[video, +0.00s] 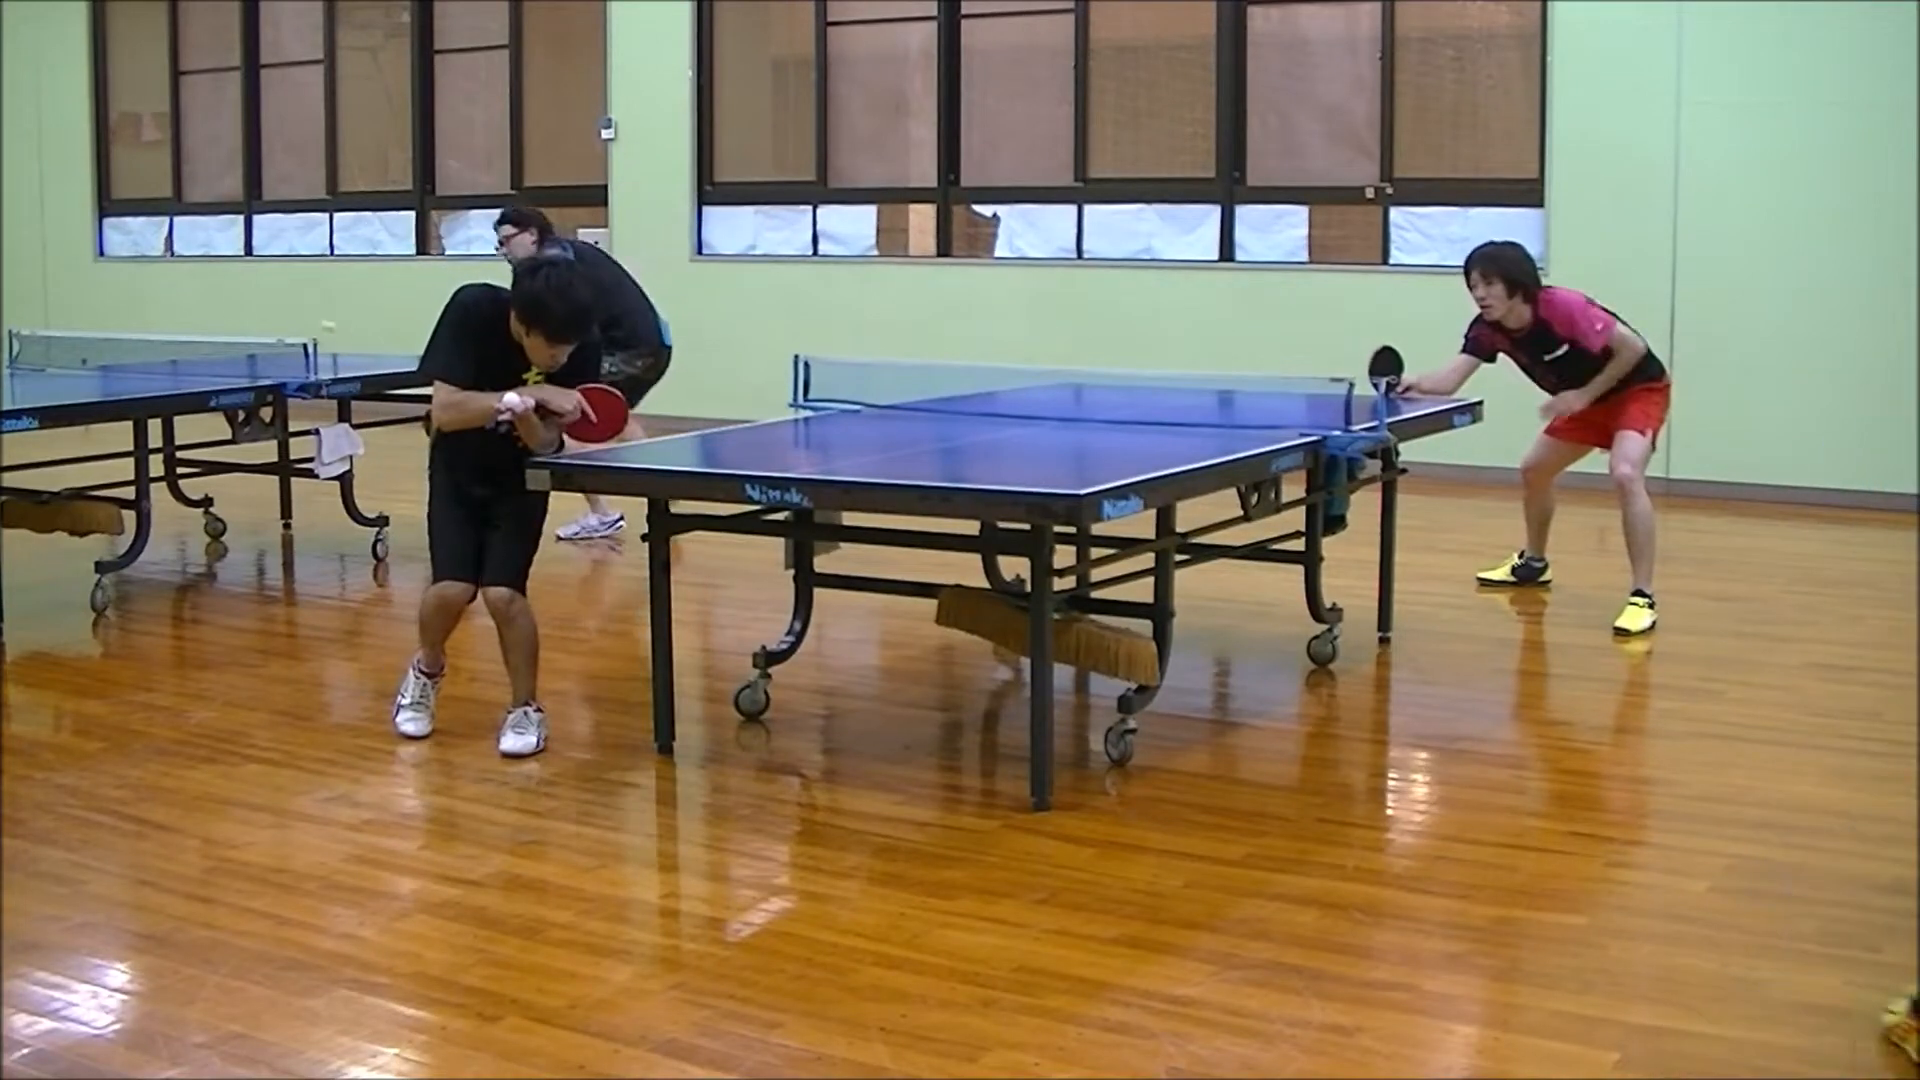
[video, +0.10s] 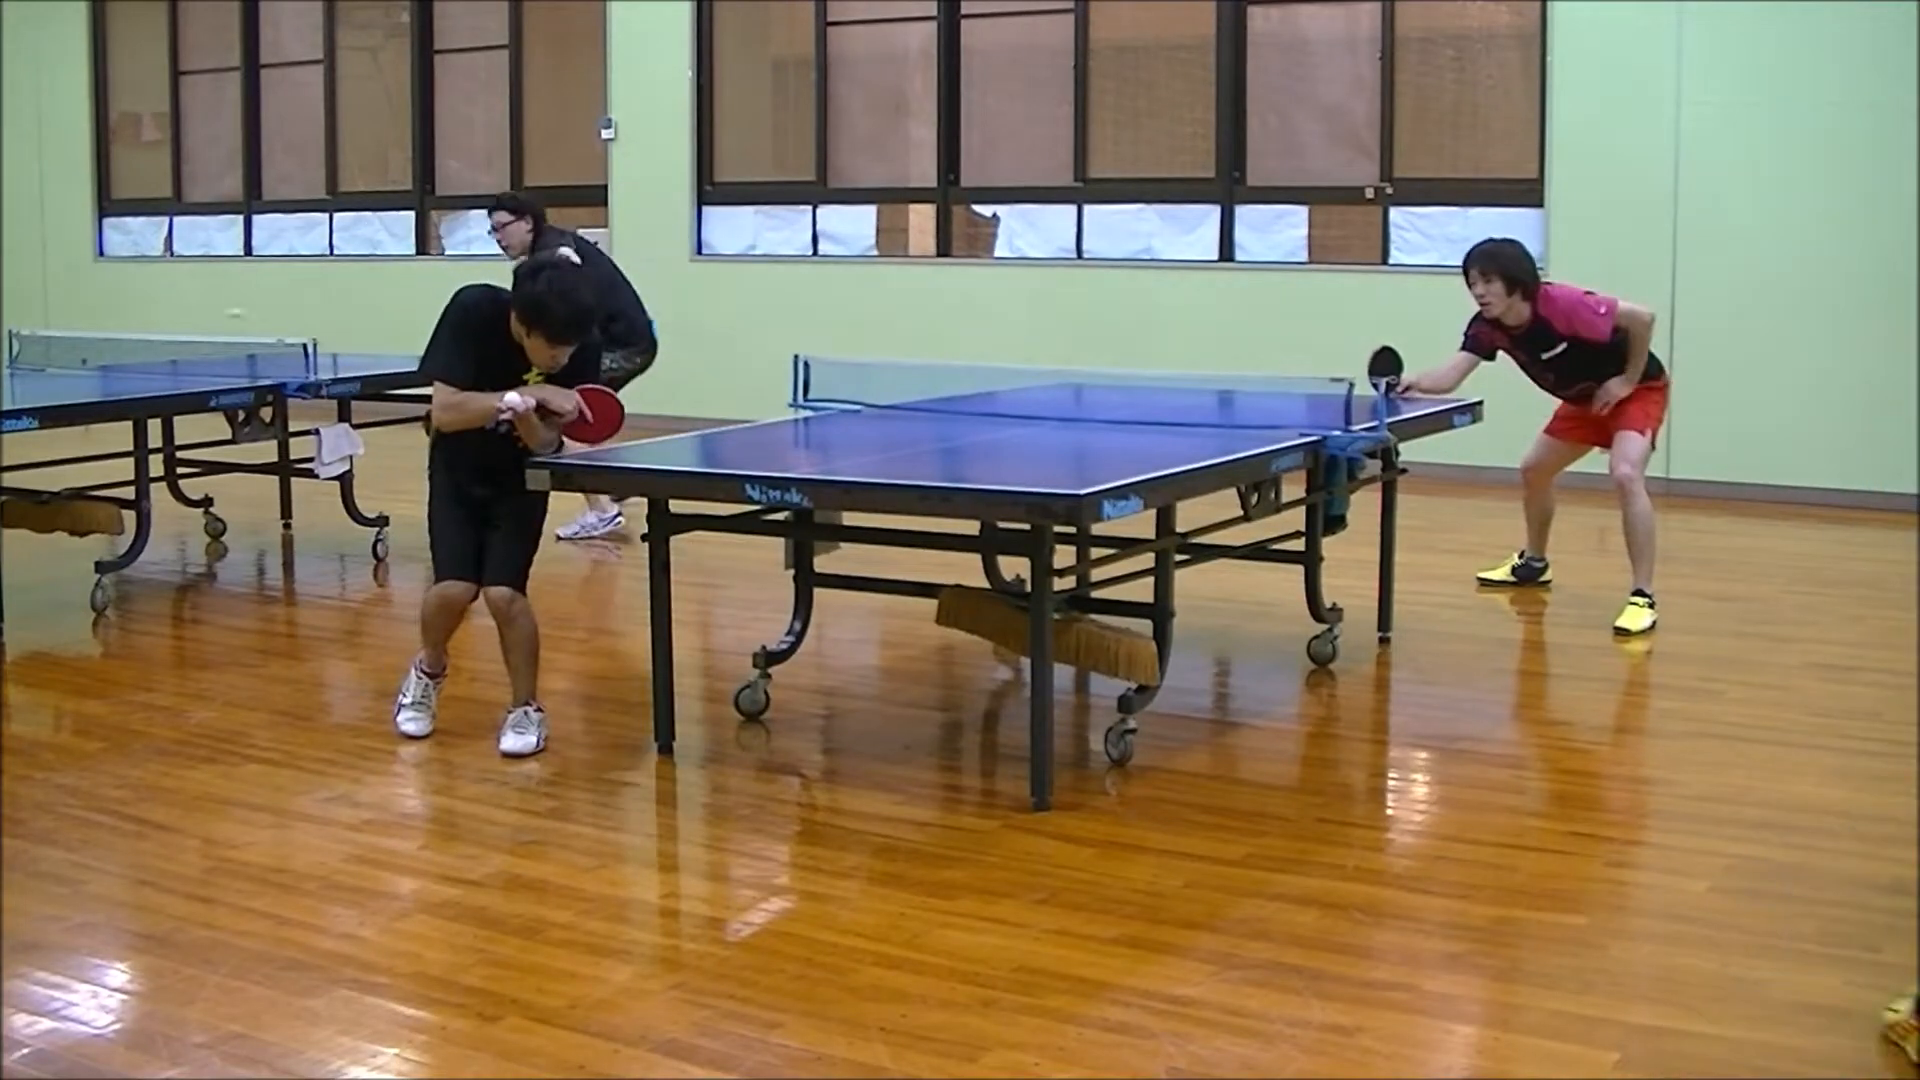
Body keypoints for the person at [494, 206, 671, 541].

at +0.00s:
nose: (502, 250)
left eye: (507, 240)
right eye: (500, 243)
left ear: (532, 235)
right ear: (535, 237)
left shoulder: (548, 266)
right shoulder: (563, 250)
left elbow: (583, 337)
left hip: (637, 349)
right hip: (644, 345)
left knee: (576, 420)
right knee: (609, 413)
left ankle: (601, 513)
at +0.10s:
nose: (496, 236)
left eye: (502, 227)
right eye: (494, 229)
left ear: (527, 223)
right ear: (525, 226)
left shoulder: (554, 256)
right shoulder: (547, 246)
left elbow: (563, 317)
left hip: (628, 345)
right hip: (608, 339)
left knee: (564, 414)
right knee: (563, 409)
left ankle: (601, 509)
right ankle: (610, 496)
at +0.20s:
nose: (495, 225)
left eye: (501, 215)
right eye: (492, 217)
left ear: (527, 211)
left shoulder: (554, 236)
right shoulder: (536, 244)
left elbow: (587, 274)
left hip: (618, 339)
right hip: (592, 336)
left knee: (568, 409)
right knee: (555, 408)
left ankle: (596, 507)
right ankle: (592, 505)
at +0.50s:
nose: (495, 222)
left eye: (502, 214)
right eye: (492, 215)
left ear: (528, 213)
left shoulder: (564, 234)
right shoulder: (514, 254)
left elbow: (613, 284)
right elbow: (517, 305)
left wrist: (574, 321)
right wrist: (530, 334)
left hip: (610, 320)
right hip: (563, 327)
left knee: (608, 396)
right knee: (551, 402)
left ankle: (633, 492)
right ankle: (556, 482)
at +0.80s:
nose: (531, 249)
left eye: (538, 241)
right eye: (526, 242)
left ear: (561, 239)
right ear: (522, 239)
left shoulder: (599, 252)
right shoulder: (531, 266)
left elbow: (648, 303)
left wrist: (610, 337)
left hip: (617, 338)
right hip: (562, 340)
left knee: (638, 424)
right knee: (542, 422)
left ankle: (671, 491)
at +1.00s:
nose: (527, 255)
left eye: (533, 247)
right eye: (524, 247)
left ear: (558, 245)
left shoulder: (590, 253)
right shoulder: (525, 268)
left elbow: (634, 300)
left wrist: (592, 313)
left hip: (592, 343)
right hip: (544, 346)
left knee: (629, 423)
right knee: (520, 419)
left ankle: (669, 488)